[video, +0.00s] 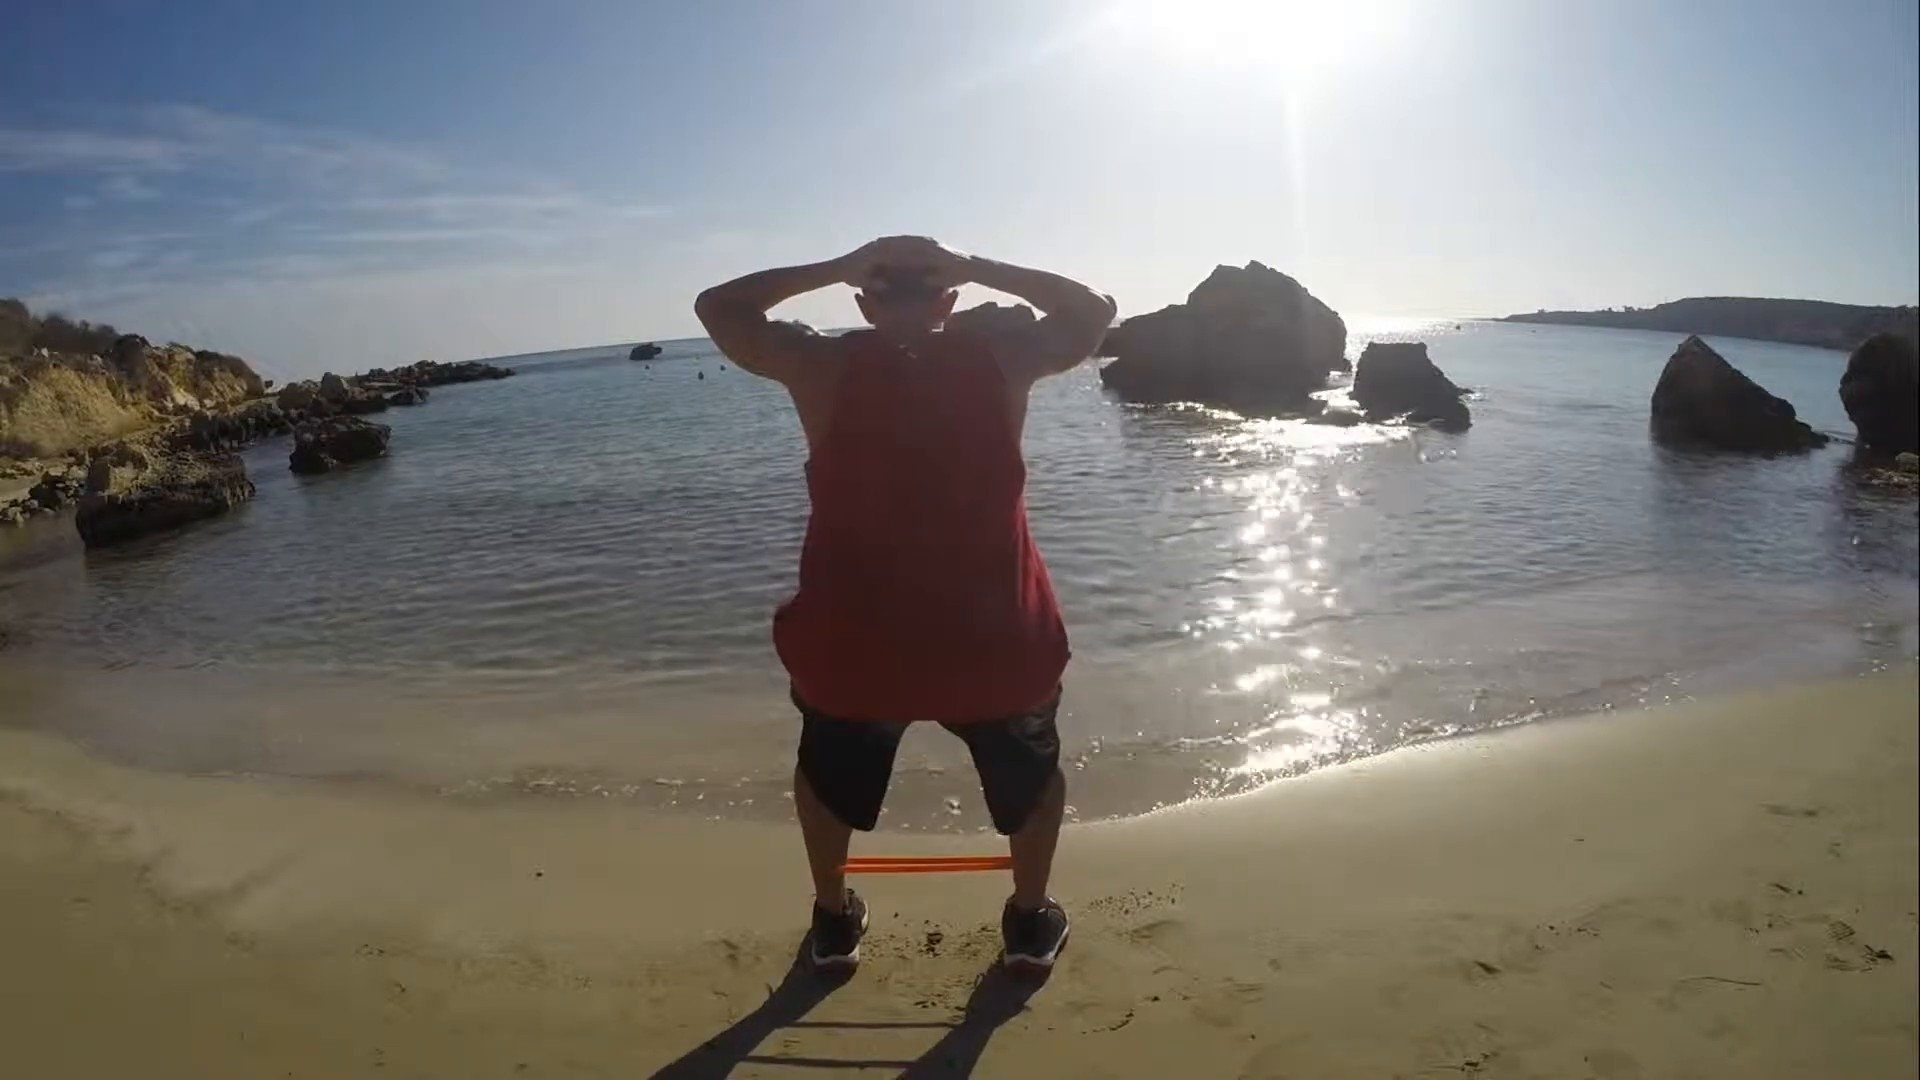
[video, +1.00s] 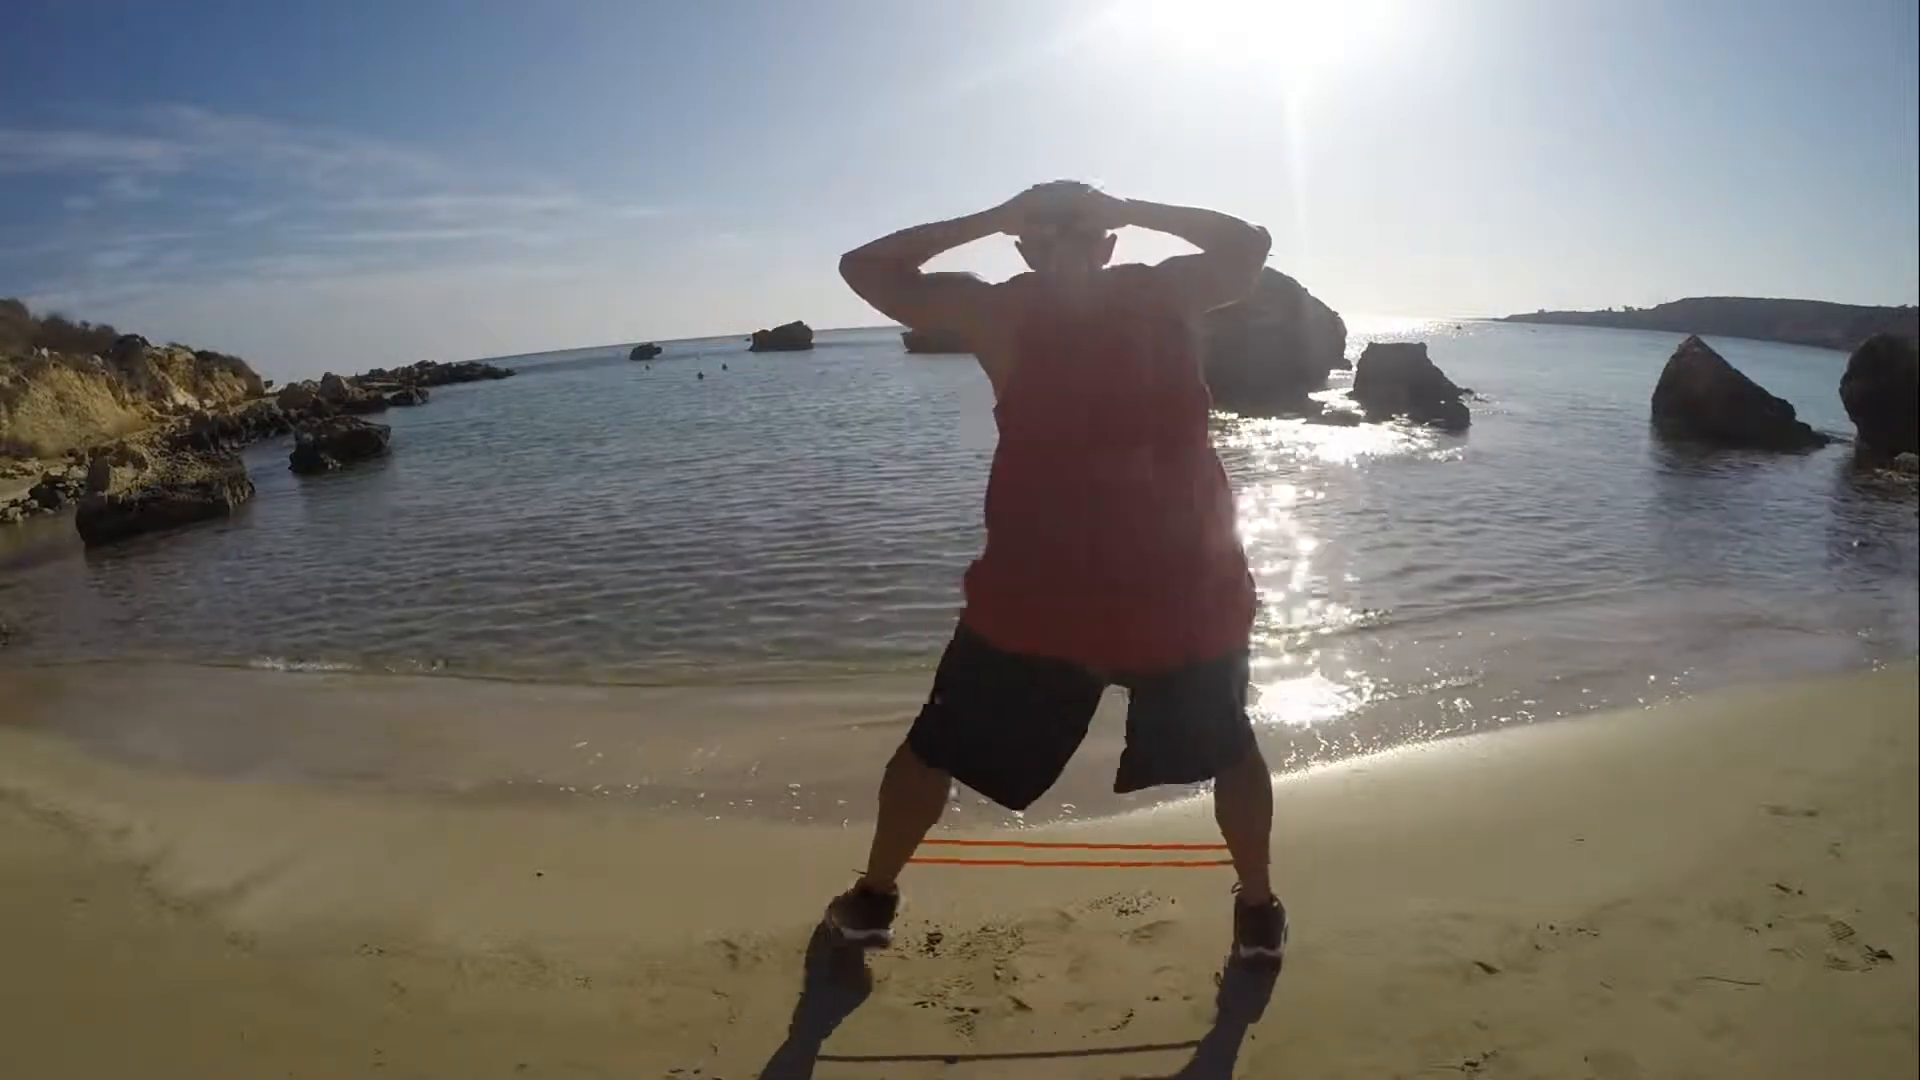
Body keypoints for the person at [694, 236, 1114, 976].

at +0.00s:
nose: (898, 289)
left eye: (894, 279)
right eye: (899, 278)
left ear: (863, 297)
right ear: (950, 294)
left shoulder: (817, 363)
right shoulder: (998, 357)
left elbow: (718, 307)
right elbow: (1089, 312)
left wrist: (834, 269)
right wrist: (974, 266)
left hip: (856, 636)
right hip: (989, 632)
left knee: (829, 768)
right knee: (1029, 770)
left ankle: (832, 916)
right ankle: (1029, 917)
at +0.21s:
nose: (880, 274)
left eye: (882, 263)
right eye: (880, 262)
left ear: (848, 280)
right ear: (936, 279)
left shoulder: (804, 349)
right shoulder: (987, 338)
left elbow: (705, 296)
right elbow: (1077, 296)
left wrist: (820, 256)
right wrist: (962, 252)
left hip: (847, 621)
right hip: (981, 616)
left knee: (824, 766)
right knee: (1022, 766)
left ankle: (830, 916)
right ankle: (1029, 914)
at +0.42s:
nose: (869, 241)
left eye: (868, 229)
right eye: (873, 228)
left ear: (833, 242)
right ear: (919, 242)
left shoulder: (791, 311)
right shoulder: (970, 296)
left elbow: (695, 271)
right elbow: (1067, 249)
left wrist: (806, 224)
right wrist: (945, 214)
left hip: (852, 580)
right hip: (998, 567)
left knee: (834, 760)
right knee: (1077, 731)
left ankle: (831, 919)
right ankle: (1095, 890)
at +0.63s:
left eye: (875, 214)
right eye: (912, 209)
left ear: (854, 234)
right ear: (939, 231)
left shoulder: (811, 302)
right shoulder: (989, 283)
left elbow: (712, 265)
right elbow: (1090, 233)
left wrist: (821, 213)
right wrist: (961, 202)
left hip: (881, 576)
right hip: (1031, 556)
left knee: (850, 758)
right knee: (1151, 727)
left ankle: (836, 918)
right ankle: (1227, 873)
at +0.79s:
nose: (929, 247)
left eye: (930, 234)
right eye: (934, 232)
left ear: (913, 250)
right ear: (998, 247)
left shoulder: (873, 322)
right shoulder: (1052, 304)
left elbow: (764, 278)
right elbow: (1147, 251)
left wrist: (881, 228)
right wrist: (1019, 217)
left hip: (934, 596)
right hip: (1083, 590)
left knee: (868, 771)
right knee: (1179, 764)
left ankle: (838, 916)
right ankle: (1253, 904)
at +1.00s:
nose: (1034, 246)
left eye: (1036, 231)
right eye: (1037, 229)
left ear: (1028, 240)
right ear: (1105, 235)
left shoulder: (999, 312)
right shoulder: (1167, 293)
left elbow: (866, 270)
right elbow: (1247, 243)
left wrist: (990, 221)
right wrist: (1127, 210)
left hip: (1036, 578)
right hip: (1179, 579)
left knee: (936, 743)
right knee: (1232, 748)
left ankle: (873, 896)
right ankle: (1257, 907)